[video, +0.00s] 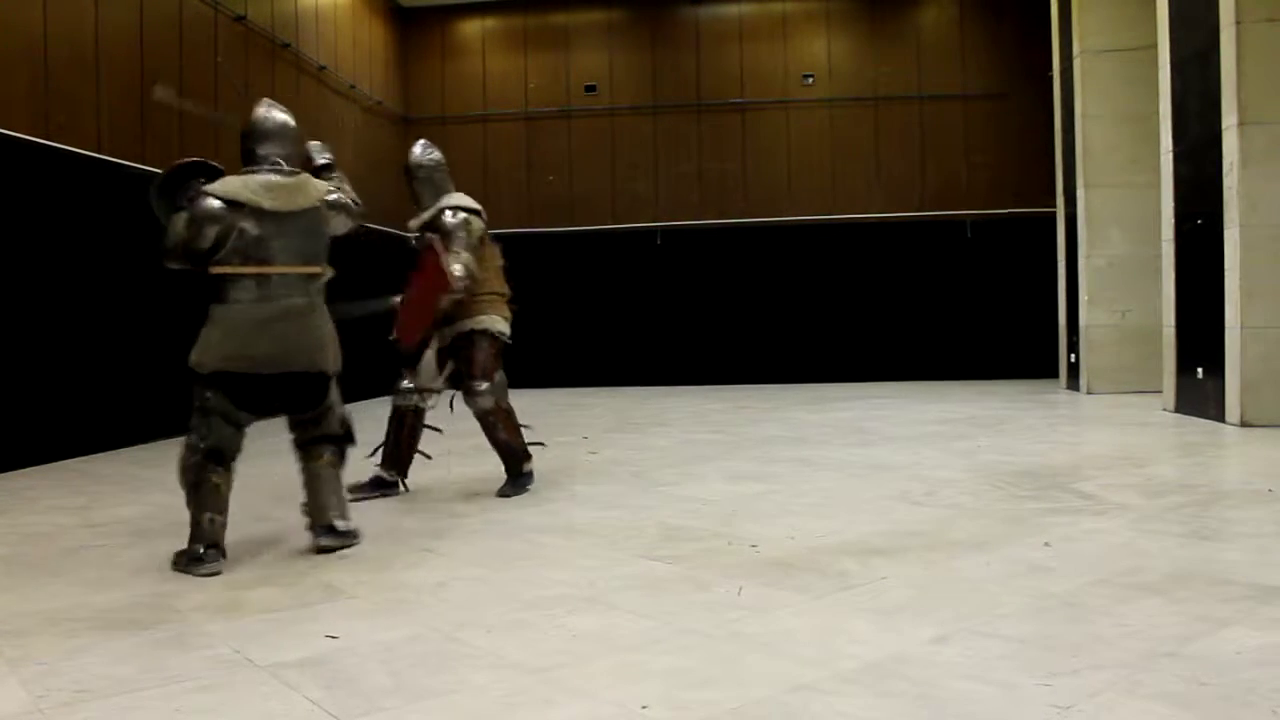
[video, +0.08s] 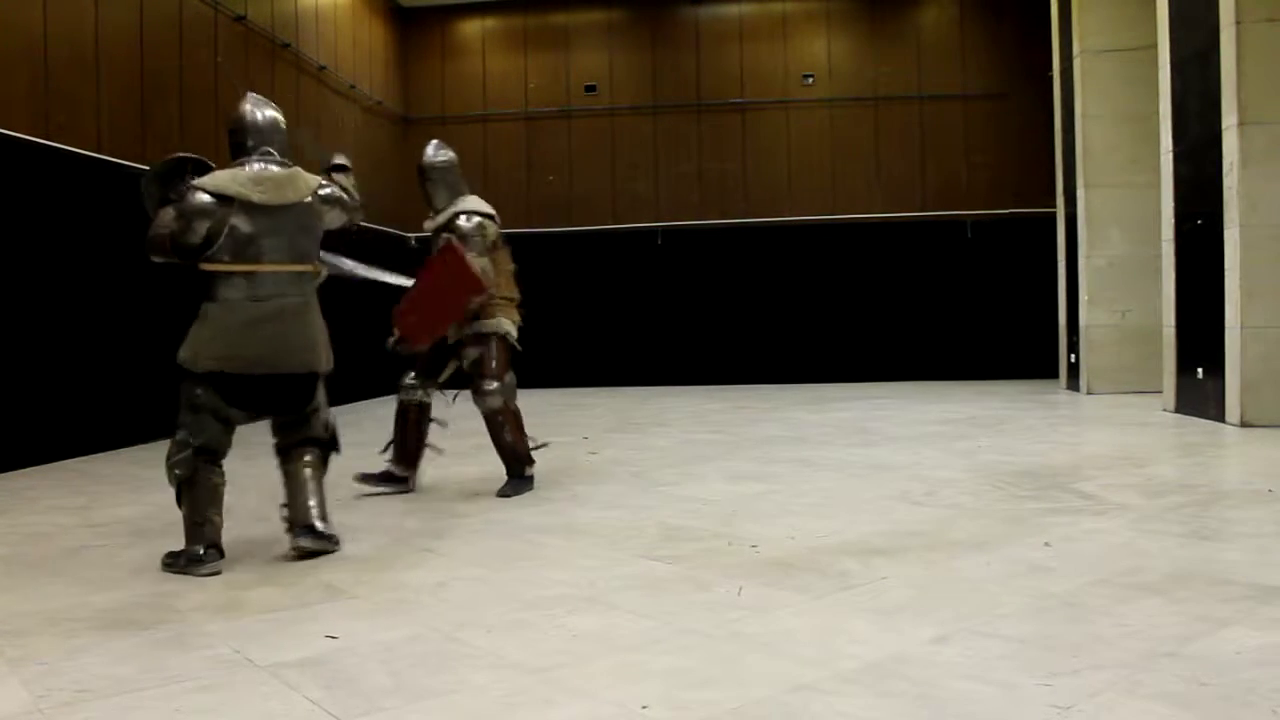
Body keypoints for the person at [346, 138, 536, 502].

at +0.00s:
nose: (417, 187)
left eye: (421, 178)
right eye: (415, 179)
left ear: (433, 178)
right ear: (422, 181)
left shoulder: (457, 215)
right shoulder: (431, 223)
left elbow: (458, 279)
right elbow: (429, 279)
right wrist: (409, 303)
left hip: (480, 313)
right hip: (445, 317)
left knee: (481, 389)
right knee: (410, 391)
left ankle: (519, 469)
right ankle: (391, 474)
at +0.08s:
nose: (430, 188)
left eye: (434, 180)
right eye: (427, 180)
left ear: (447, 178)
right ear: (426, 182)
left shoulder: (470, 219)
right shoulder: (442, 223)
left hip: (490, 316)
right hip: (453, 319)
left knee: (490, 388)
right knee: (414, 386)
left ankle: (520, 473)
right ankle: (401, 470)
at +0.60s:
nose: (536, 177)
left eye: (542, 168)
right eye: (529, 170)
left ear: (550, 169)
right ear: (518, 172)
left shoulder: (568, 213)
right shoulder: (505, 216)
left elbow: (600, 269)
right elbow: (501, 262)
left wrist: (587, 311)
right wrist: (475, 259)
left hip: (560, 314)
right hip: (518, 315)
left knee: (569, 379)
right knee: (521, 382)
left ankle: (581, 452)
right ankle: (540, 452)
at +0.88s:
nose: (617, 192)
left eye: (621, 185)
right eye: (611, 186)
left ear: (631, 186)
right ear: (602, 188)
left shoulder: (650, 226)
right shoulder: (588, 227)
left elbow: (667, 274)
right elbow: (585, 271)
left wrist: (637, 273)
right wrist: (566, 266)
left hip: (639, 319)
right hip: (599, 317)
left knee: (651, 381)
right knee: (592, 381)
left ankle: (664, 438)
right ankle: (593, 450)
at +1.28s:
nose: (638, 203)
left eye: (643, 196)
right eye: (633, 197)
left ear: (652, 196)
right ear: (625, 198)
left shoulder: (672, 230)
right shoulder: (612, 232)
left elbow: (695, 269)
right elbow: (597, 267)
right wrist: (591, 273)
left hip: (666, 314)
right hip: (626, 314)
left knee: (679, 370)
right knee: (615, 371)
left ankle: (694, 435)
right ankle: (623, 417)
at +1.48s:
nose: (622, 212)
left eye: (627, 206)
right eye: (618, 206)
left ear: (637, 206)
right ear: (611, 208)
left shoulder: (658, 239)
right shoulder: (597, 241)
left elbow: (679, 280)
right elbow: (589, 276)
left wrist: (666, 306)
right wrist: (587, 285)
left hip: (652, 320)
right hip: (613, 322)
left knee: (666, 372)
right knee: (609, 377)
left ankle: (682, 432)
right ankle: (623, 426)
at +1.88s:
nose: (617, 226)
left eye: (622, 220)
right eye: (612, 220)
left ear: (629, 220)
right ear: (605, 220)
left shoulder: (643, 253)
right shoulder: (589, 249)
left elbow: (664, 289)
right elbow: (574, 282)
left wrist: (655, 318)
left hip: (634, 324)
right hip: (596, 324)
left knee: (649, 372)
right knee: (580, 372)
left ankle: (653, 425)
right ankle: (565, 419)